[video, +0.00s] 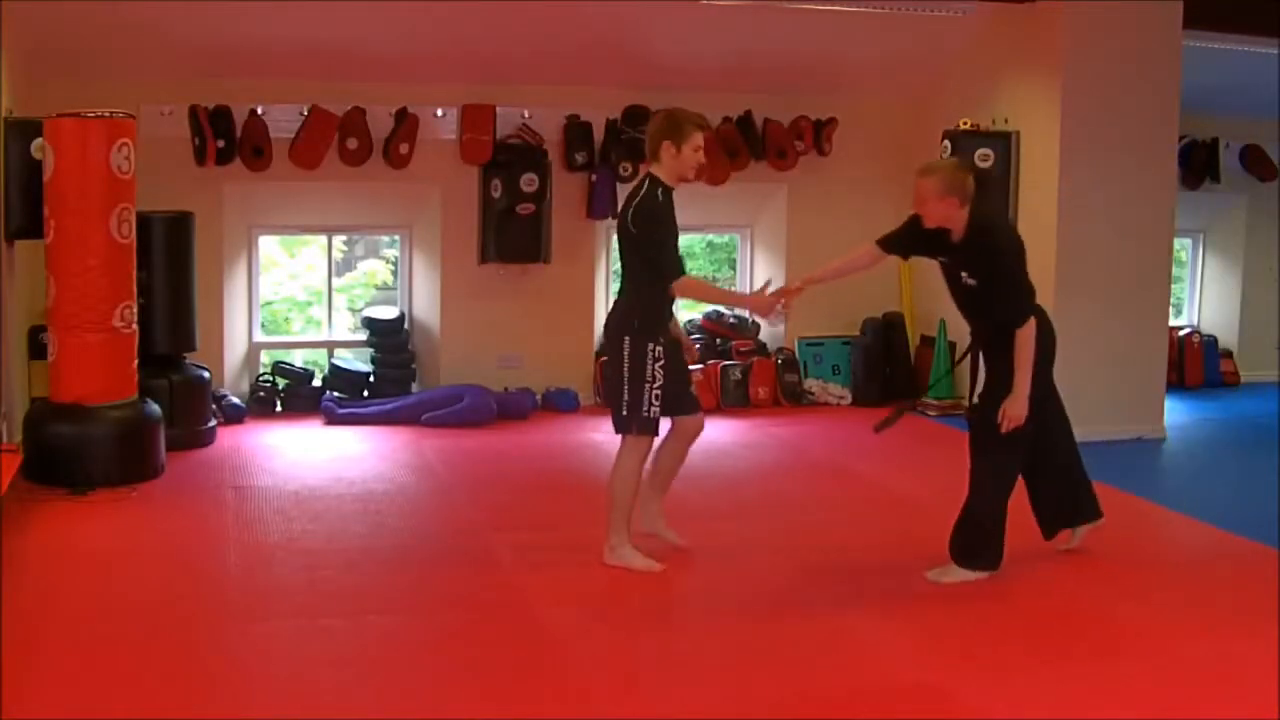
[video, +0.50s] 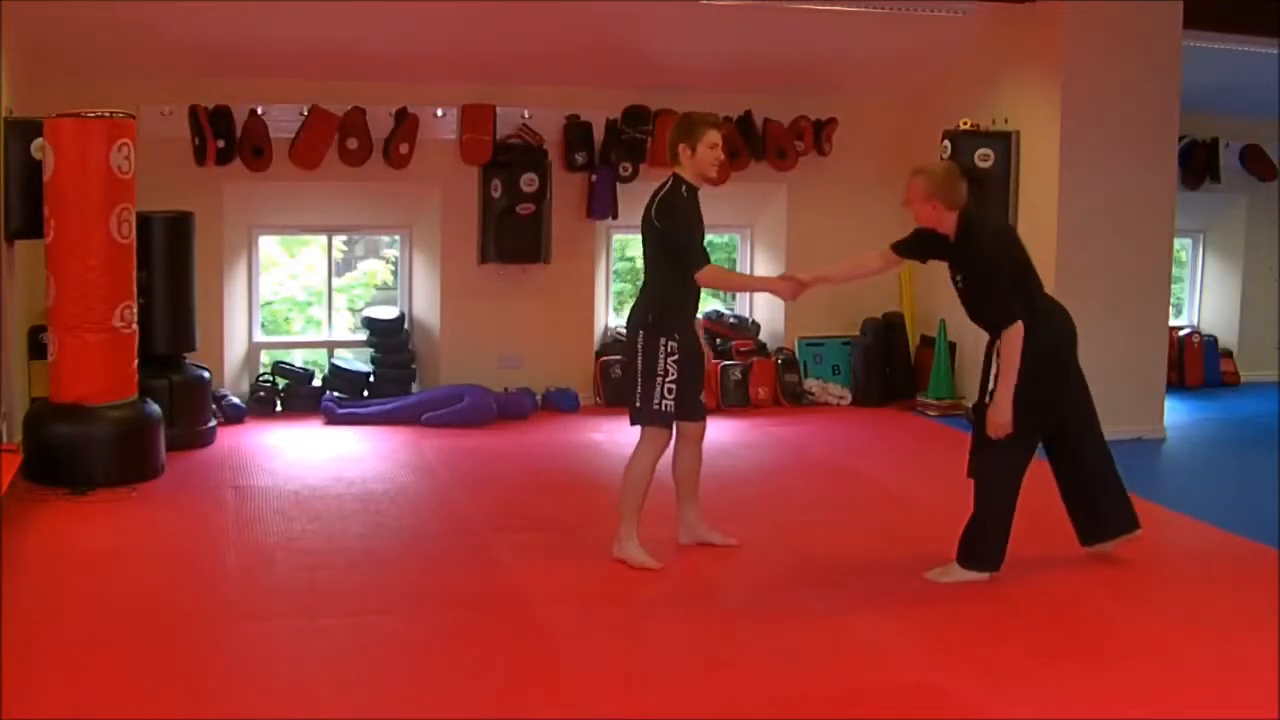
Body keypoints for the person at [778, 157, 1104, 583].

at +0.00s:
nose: (917, 209)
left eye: (925, 201)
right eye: (918, 201)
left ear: (954, 203)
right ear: (942, 203)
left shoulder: (997, 240)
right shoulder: (931, 230)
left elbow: (1024, 321)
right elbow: (871, 254)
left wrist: (1020, 394)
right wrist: (804, 282)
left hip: (1023, 345)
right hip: (997, 341)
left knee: (991, 433)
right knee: (1039, 423)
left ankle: (977, 556)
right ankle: (1079, 510)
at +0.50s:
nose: (909, 210)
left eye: (913, 202)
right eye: (910, 202)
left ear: (936, 207)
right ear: (941, 203)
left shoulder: (985, 239)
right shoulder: (944, 233)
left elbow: (1012, 324)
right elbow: (881, 260)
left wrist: (1002, 398)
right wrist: (809, 279)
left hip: (1029, 345)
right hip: (1040, 333)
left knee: (996, 450)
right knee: (1068, 432)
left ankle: (979, 560)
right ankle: (1107, 523)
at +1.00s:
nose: (1031, 197)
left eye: (1037, 188)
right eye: (1032, 189)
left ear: (1065, 189)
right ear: (1064, 191)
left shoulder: (1094, 232)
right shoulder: (1078, 231)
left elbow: (1099, 299)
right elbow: (1043, 258)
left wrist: (1093, 351)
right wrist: (1006, 272)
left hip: (1108, 355)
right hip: (1115, 352)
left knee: (1058, 455)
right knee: (1114, 454)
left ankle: (1000, 554)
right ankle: (1146, 543)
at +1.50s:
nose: (1077, 193)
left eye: (1082, 184)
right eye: (1077, 185)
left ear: (1110, 184)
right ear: (1108, 185)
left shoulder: (1150, 219)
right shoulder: (1133, 224)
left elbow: (1202, 277)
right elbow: (1186, 280)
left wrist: (1232, 320)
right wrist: (1224, 322)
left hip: (1192, 354)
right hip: (1167, 354)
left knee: (1210, 456)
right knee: (1156, 447)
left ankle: (1263, 559)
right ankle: (1156, 547)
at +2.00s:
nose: (1126, 164)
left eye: (1132, 154)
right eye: (1127, 155)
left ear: (1161, 157)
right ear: (1161, 158)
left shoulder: (1174, 206)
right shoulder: (1168, 204)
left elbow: (1090, 223)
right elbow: (1095, 223)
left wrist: (1017, 216)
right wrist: (1022, 218)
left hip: (1176, 347)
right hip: (1148, 346)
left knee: (1204, 455)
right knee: (1121, 445)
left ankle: (1255, 558)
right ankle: (1128, 548)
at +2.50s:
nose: (1011, 147)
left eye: (1021, 139)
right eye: (1015, 139)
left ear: (1047, 150)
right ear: (1047, 151)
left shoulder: (1046, 196)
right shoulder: (1054, 194)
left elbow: (967, 190)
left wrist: (899, 180)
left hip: (1047, 332)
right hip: (1054, 328)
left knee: (1015, 440)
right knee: (1073, 437)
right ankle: (1104, 544)